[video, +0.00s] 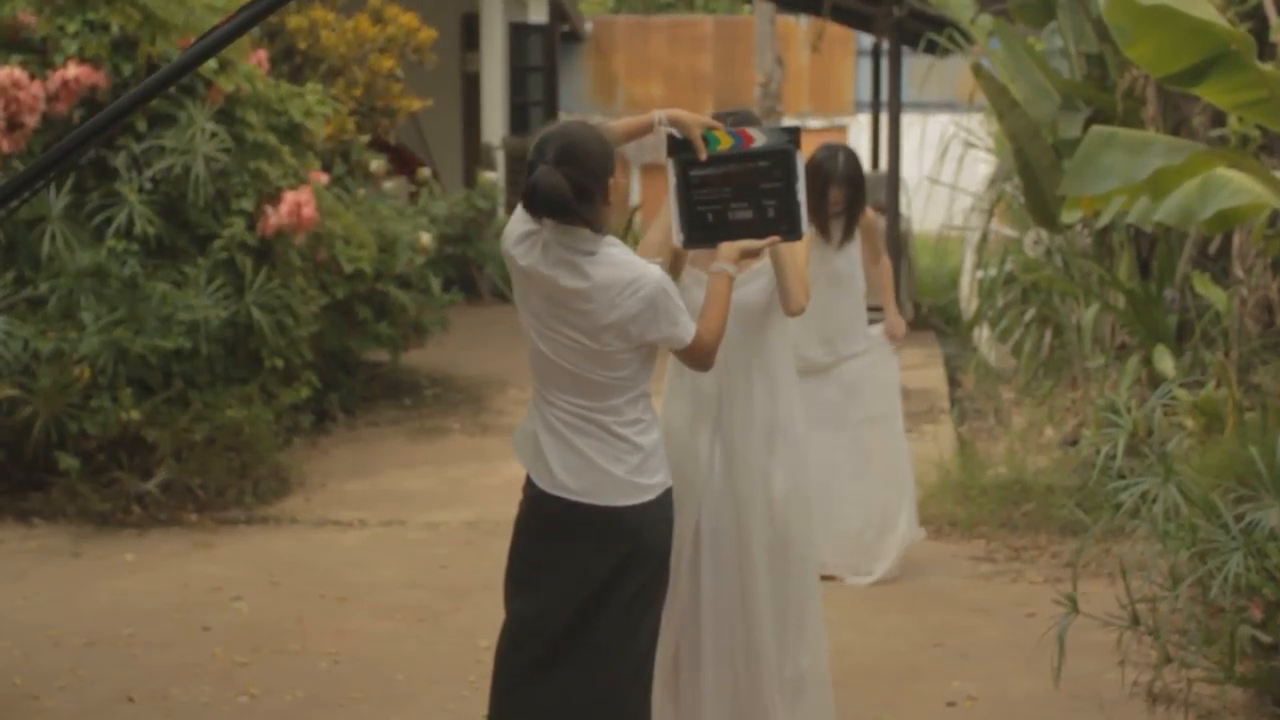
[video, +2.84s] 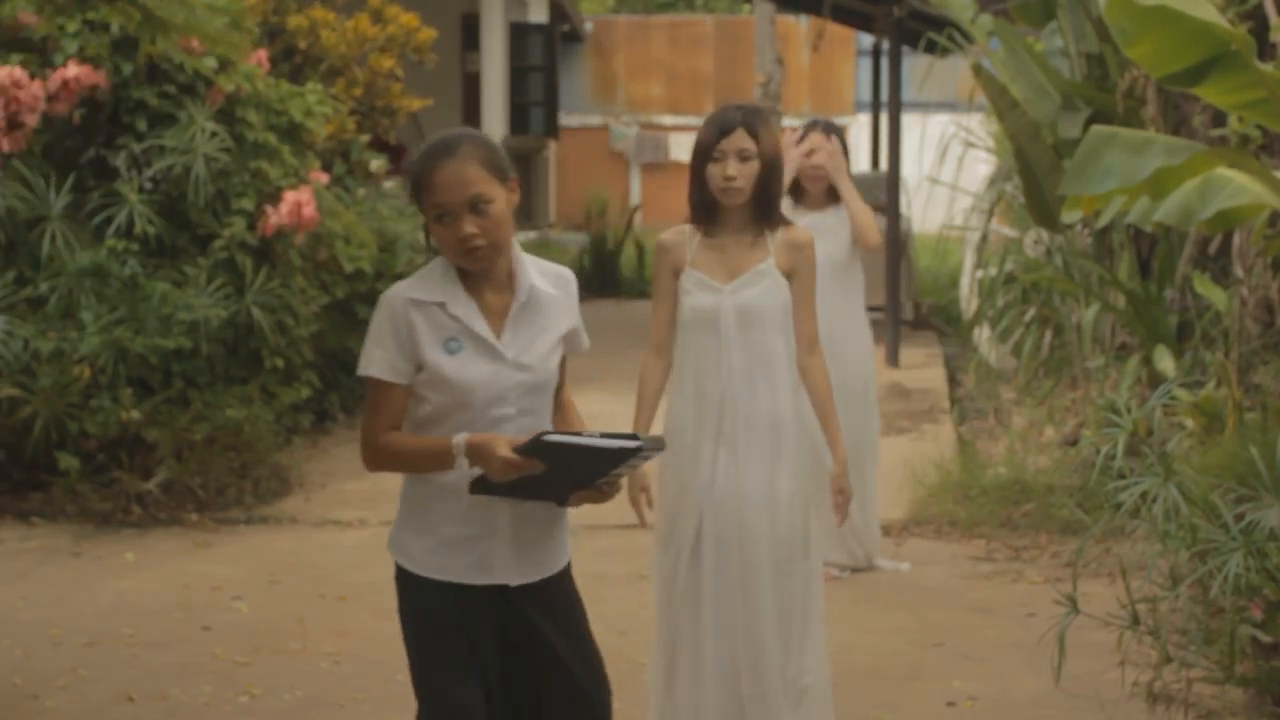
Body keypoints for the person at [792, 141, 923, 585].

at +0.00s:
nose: (834, 200)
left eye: (842, 191)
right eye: (825, 192)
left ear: (855, 190)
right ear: (810, 191)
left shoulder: (867, 224)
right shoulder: (796, 226)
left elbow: (878, 262)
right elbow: (776, 276)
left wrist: (890, 310)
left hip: (852, 353)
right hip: (800, 357)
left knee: (854, 453)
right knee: (804, 455)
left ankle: (853, 551)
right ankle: (809, 554)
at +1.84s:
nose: (832, 183)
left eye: (841, 175)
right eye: (824, 174)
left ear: (850, 176)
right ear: (805, 173)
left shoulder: (857, 220)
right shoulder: (786, 221)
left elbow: (873, 288)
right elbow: (771, 293)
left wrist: (888, 354)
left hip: (845, 353)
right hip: (795, 354)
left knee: (844, 450)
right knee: (802, 451)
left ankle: (850, 547)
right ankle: (812, 552)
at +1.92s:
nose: (834, 180)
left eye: (842, 170)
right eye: (824, 170)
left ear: (853, 171)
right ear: (804, 169)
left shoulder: (857, 219)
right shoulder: (785, 217)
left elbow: (873, 288)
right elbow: (777, 283)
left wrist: (886, 354)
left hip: (846, 347)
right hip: (796, 348)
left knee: (845, 445)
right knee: (802, 445)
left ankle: (849, 545)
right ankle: (807, 550)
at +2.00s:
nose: (830, 174)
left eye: (837, 164)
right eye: (819, 164)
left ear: (848, 163)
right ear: (800, 164)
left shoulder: (855, 210)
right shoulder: (782, 210)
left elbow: (871, 285)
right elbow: (770, 280)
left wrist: (882, 353)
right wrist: (775, 346)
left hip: (844, 345)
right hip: (794, 343)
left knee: (841, 444)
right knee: (799, 444)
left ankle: (848, 545)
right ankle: (806, 549)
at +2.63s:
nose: (815, 160)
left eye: (825, 151)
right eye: (806, 151)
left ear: (840, 160)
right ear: (793, 159)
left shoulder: (857, 217)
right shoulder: (780, 217)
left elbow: (875, 280)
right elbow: (763, 275)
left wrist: (862, 298)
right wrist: (776, 309)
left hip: (845, 345)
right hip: (793, 344)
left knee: (849, 442)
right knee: (801, 440)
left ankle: (851, 544)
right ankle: (807, 546)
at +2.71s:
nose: (815, 161)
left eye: (825, 153)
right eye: (807, 152)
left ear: (839, 161)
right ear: (793, 160)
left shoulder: (855, 215)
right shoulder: (780, 214)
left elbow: (880, 282)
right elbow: (762, 275)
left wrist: (855, 241)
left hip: (845, 340)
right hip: (792, 338)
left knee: (848, 439)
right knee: (797, 437)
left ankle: (848, 545)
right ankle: (806, 545)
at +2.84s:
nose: (817, 166)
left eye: (827, 156)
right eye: (809, 157)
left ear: (841, 163)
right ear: (793, 166)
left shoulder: (853, 210)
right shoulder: (781, 215)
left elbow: (871, 239)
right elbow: (757, 226)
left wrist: (842, 175)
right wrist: (781, 171)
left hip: (847, 336)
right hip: (795, 337)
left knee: (852, 436)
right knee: (801, 438)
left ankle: (855, 541)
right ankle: (809, 545)